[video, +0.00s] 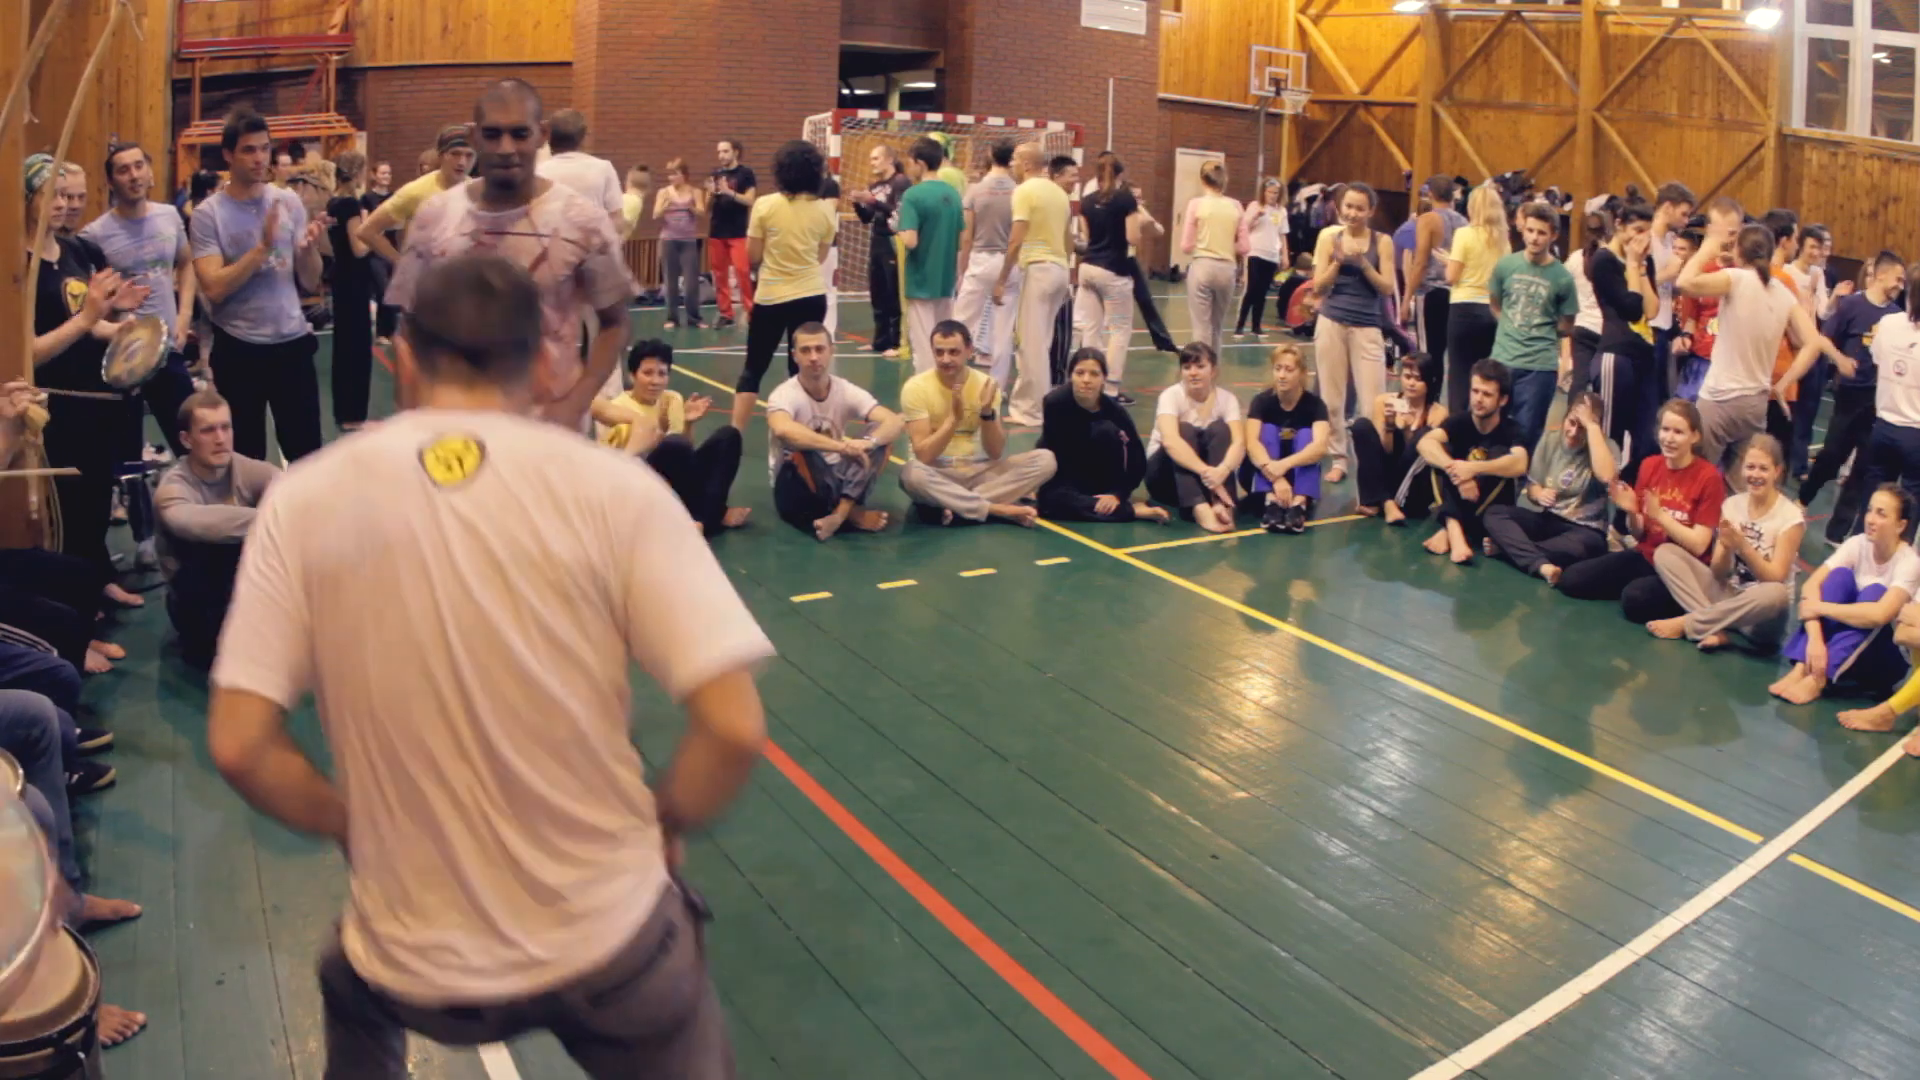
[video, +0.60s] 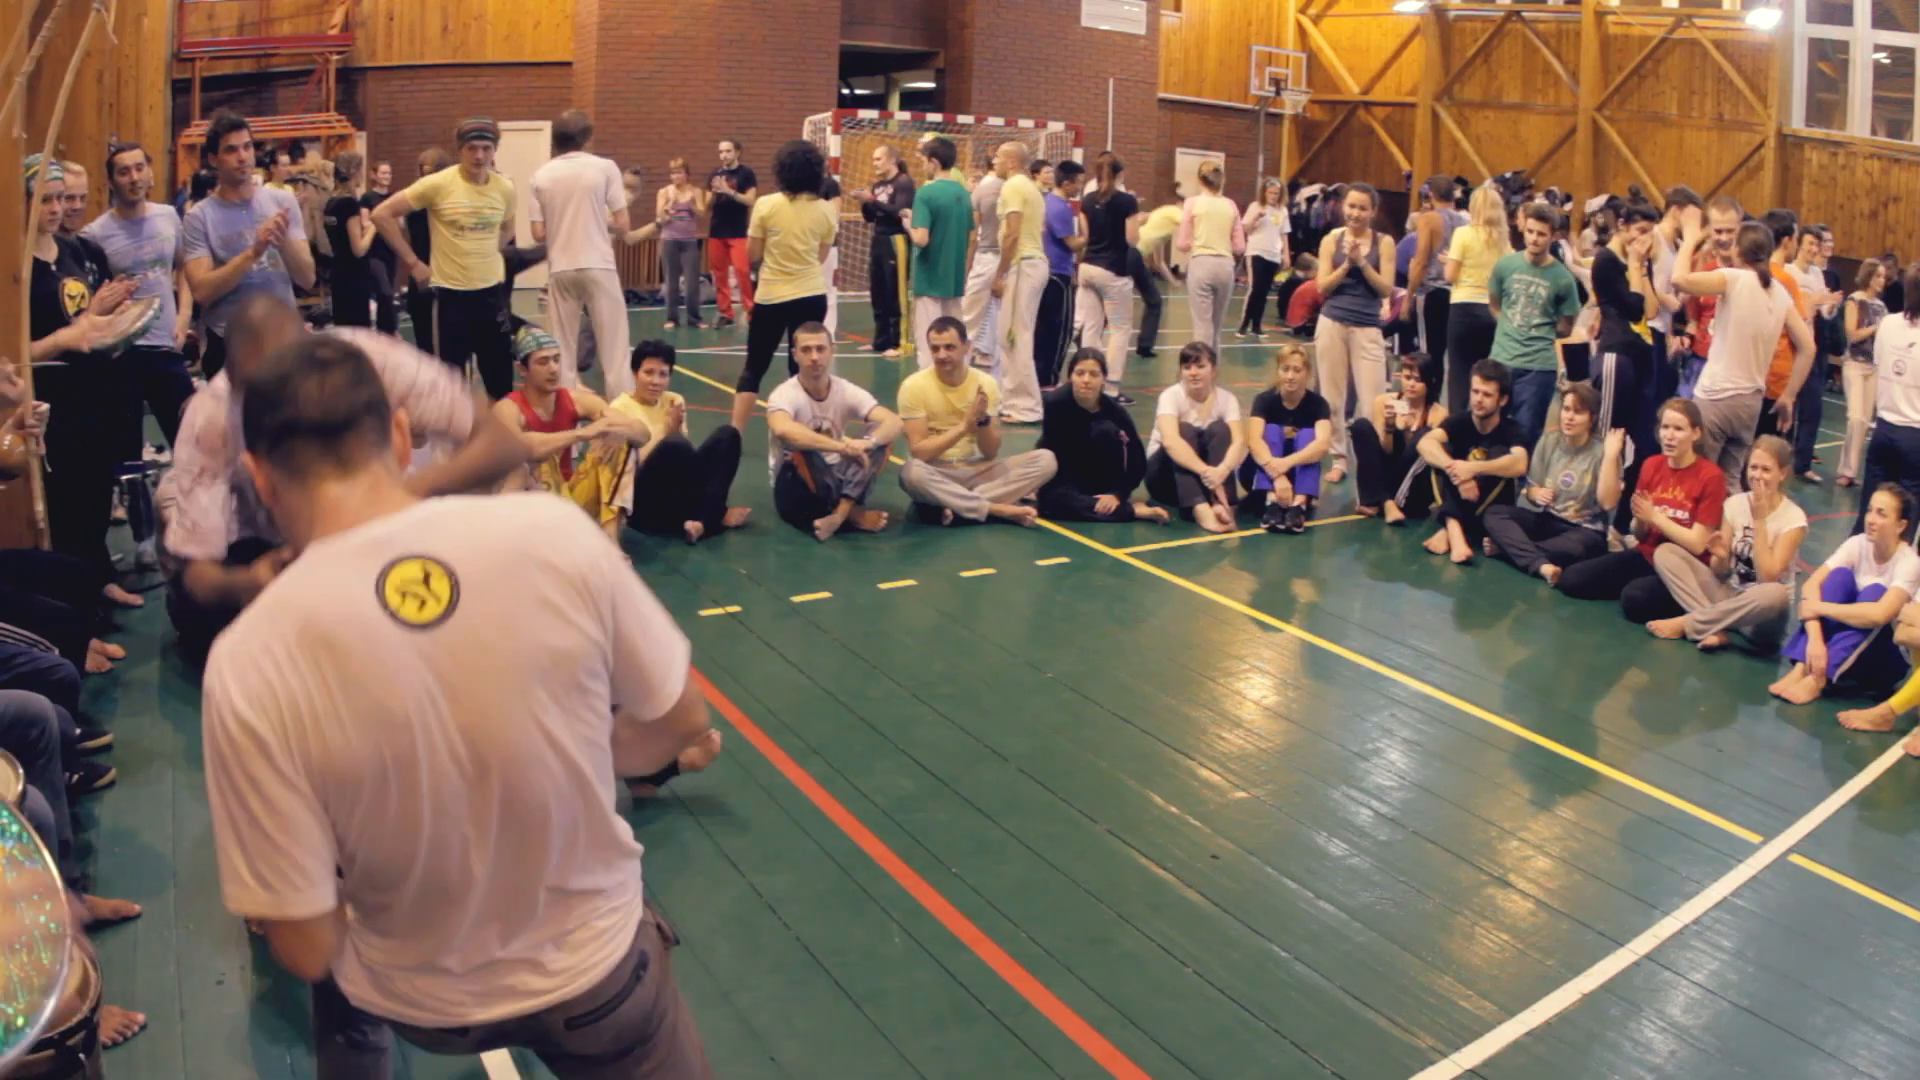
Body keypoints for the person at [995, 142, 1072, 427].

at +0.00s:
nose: (1013, 166)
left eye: (1016, 161)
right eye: (1014, 160)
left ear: (1027, 164)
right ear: (1041, 164)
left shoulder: (1024, 191)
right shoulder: (1060, 192)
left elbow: (1016, 240)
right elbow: (1067, 238)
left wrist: (1001, 280)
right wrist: (1066, 268)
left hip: (1038, 267)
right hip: (1060, 268)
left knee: (1033, 340)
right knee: (1039, 338)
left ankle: (1031, 408)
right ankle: (1028, 402)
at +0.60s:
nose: (994, 162)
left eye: (998, 157)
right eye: (996, 157)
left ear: (1012, 161)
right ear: (1018, 162)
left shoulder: (1013, 185)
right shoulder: (1031, 186)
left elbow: (1013, 232)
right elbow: (1039, 228)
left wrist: (1000, 273)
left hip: (1024, 262)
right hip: (1036, 260)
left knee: (1016, 333)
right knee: (1014, 332)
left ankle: (1025, 405)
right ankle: (1014, 400)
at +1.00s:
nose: (993, 163)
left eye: (999, 158)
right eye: (993, 158)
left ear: (1015, 162)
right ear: (1008, 163)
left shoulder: (1018, 188)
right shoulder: (1018, 188)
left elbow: (1022, 235)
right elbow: (1021, 235)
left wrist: (1010, 278)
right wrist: (1010, 275)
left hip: (1030, 265)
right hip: (1025, 264)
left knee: (1025, 338)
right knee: (1019, 338)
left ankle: (1029, 410)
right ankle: (1020, 404)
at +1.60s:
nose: (982, 165)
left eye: (988, 160)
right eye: (983, 160)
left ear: (1007, 166)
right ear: (1000, 166)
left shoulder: (1019, 195)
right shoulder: (1002, 195)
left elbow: (1020, 244)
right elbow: (1006, 243)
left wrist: (1002, 288)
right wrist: (998, 282)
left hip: (1021, 278)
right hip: (1002, 277)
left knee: (1021, 346)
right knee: (985, 339)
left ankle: (1026, 416)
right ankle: (997, 411)